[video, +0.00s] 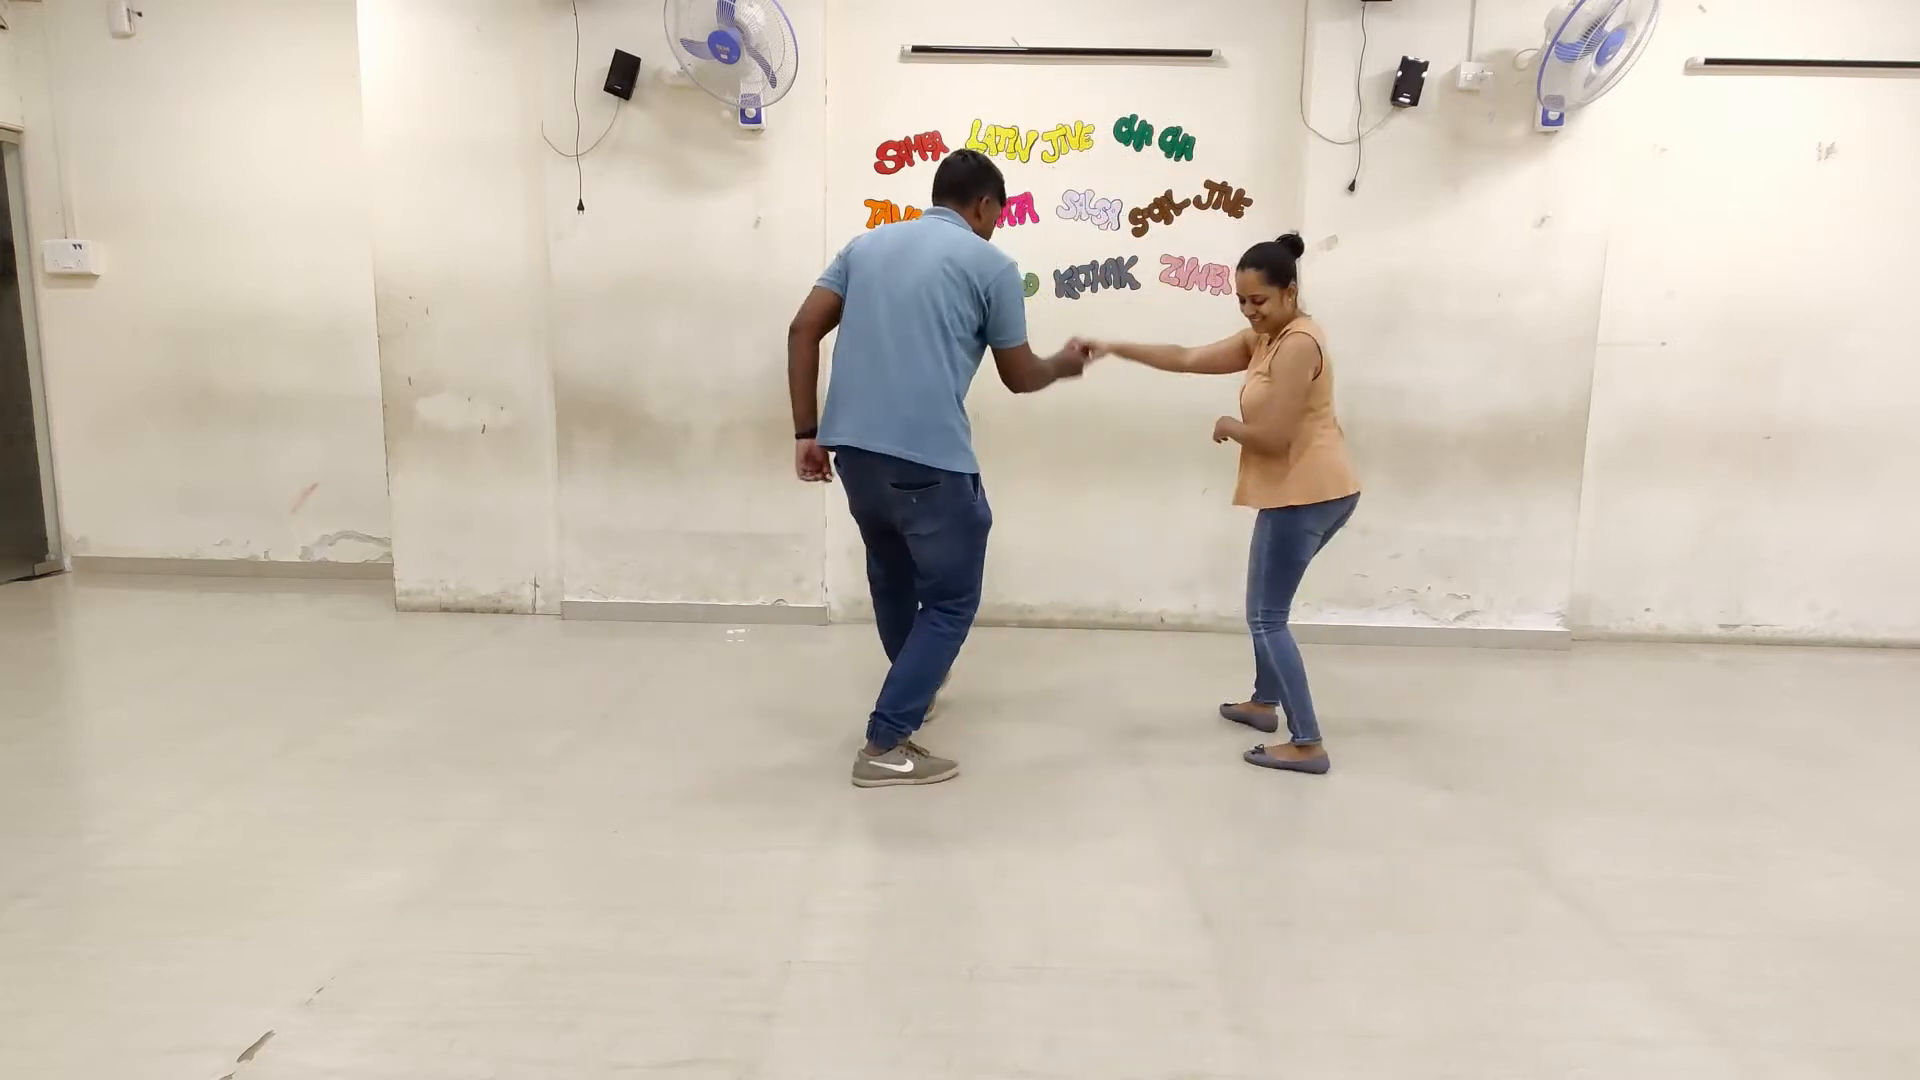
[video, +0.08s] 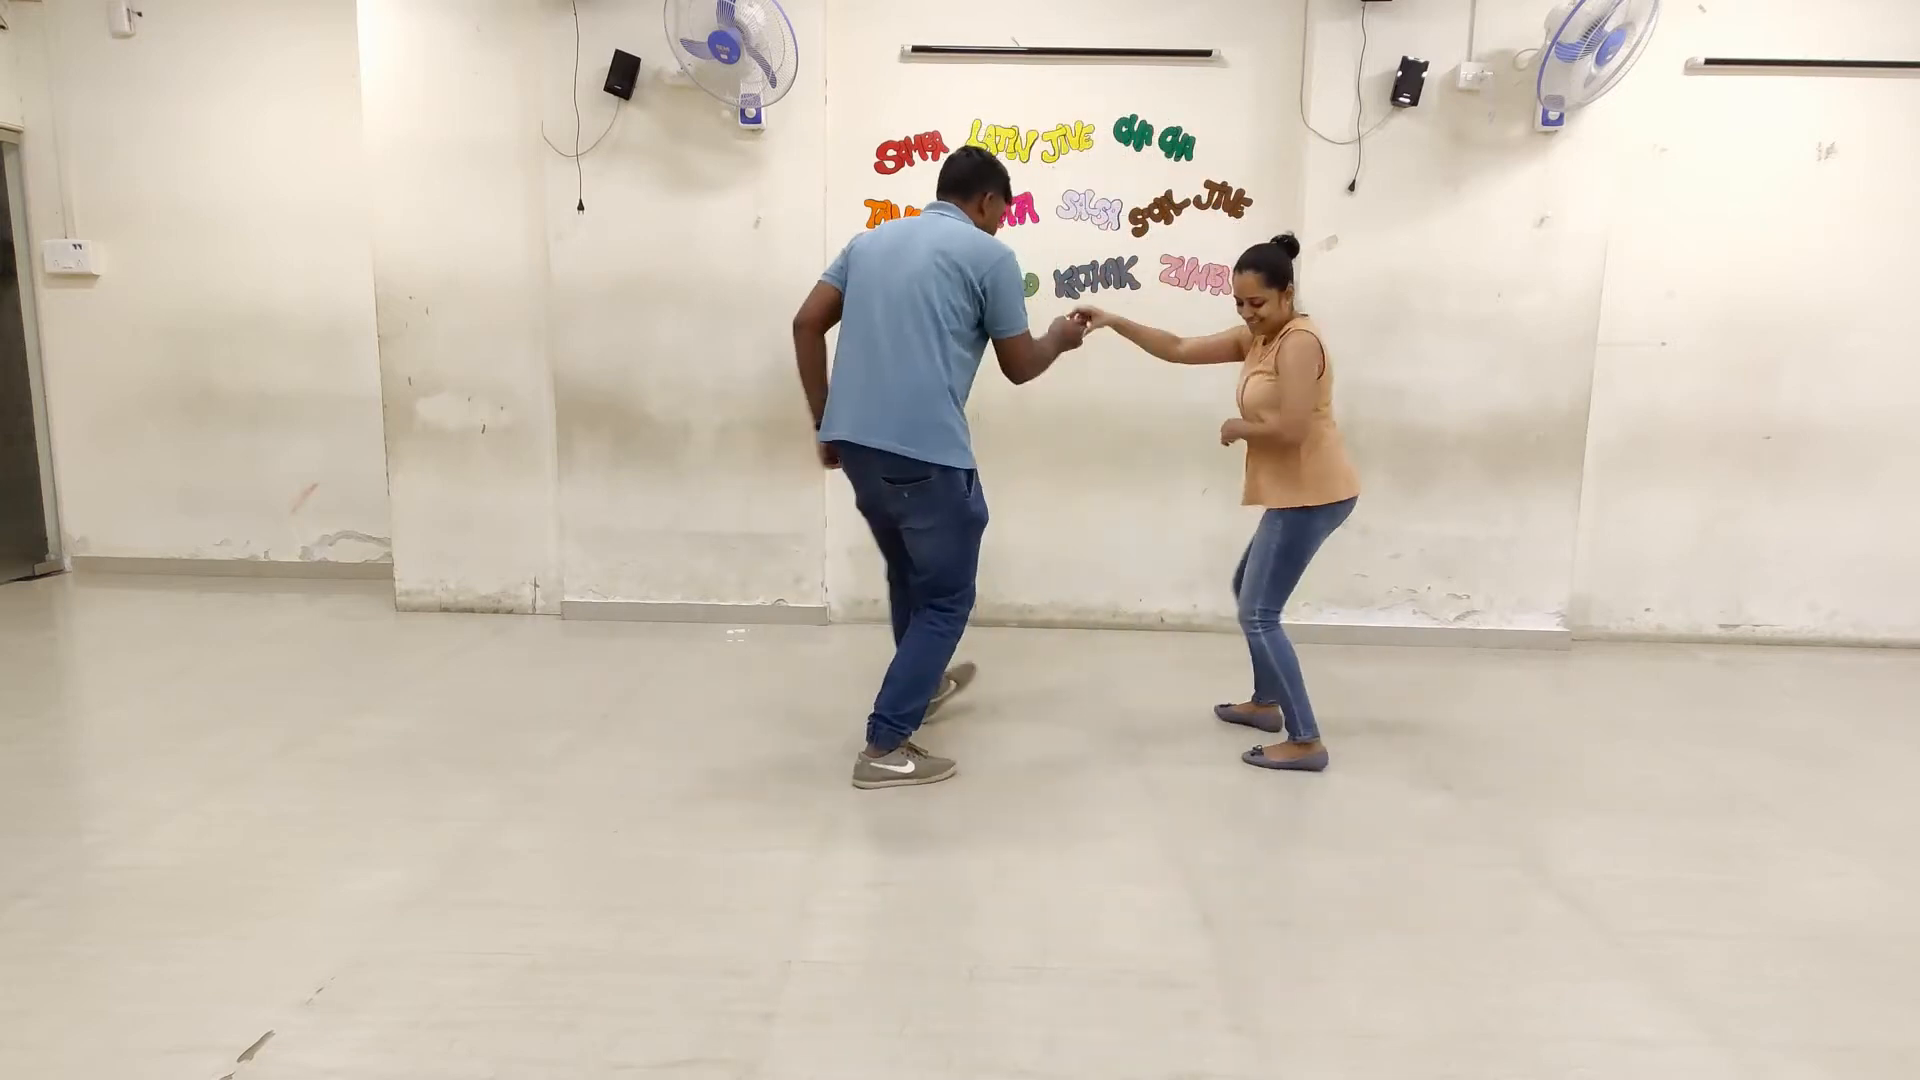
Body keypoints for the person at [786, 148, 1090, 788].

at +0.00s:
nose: (998, 225)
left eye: (999, 215)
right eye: (999, 214)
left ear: (935, 197)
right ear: (983, 204)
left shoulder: (866, 245)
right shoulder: (989, 266)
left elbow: (804, 329)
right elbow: (1020, 376)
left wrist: (806, 432)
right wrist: (1064, 364)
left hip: (852, 444)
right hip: (928, 454)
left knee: (889, 563)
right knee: (949, 604)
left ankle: (913, 681)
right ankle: (884, 746)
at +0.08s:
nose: (1002, 224)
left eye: (1003, 214)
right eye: (1003, 213)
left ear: (941, 193)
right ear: (986, 199)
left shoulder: (869, 241)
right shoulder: (988, 257)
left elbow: (808, 323)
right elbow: (1020, 365)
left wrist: (822, 419)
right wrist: (1060, 337)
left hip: (855, 437)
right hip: (927, 448)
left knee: (905, 570)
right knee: (945, 602)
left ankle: (921, 680)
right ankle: (884, 748)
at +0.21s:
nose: (1008, 232)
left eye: (1010, 220)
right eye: (1011, 219)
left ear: (952, 199)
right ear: (994, 205)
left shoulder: (881, 246)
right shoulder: (988, 260)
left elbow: (824, 332)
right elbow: (1014, 372)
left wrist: (853, 405)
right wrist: (1059, 359)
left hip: (858, 440)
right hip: (924, 451)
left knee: (939, 567)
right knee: (948, 603)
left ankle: (938, 693)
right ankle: (885, 747)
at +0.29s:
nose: (1020, 252)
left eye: (1024, 238)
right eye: (1021, 236)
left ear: (968, 217)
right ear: (1000, 221)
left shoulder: (903, 263)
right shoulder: (981, 277)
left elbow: (850, 356)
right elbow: (990, 383)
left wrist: (907, 401)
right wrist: (1045, 434)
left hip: (870, 453)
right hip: (922, 459)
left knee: (952, 579)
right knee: (965, 607)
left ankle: (935, 700)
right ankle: (887, 746)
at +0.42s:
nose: (1043, 260)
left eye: (1048, 246)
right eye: (1044, 243)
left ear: (1002, 224)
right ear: (1018, 226)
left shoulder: (956, 264)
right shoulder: (973, 274)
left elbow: (919, 374)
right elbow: (974, 381)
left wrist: (952, 447)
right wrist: (1062, 429)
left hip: (898, 442)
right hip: (909, 447)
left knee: (977, 576)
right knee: (993, 586)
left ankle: (935, 702)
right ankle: (912, 733)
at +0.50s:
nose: (1054, 258)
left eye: (1059, 245)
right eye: (1054, 242)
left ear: (1018, 226)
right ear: (1025, 224)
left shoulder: (972, 266)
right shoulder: (971, 268)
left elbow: (925, 371)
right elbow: (975, 368)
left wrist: (964, 444)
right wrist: (1071, 405)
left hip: (920, 438)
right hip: (903, 438)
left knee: (991, 564)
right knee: (984, 574)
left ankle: (932, 696)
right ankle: (963, 744)